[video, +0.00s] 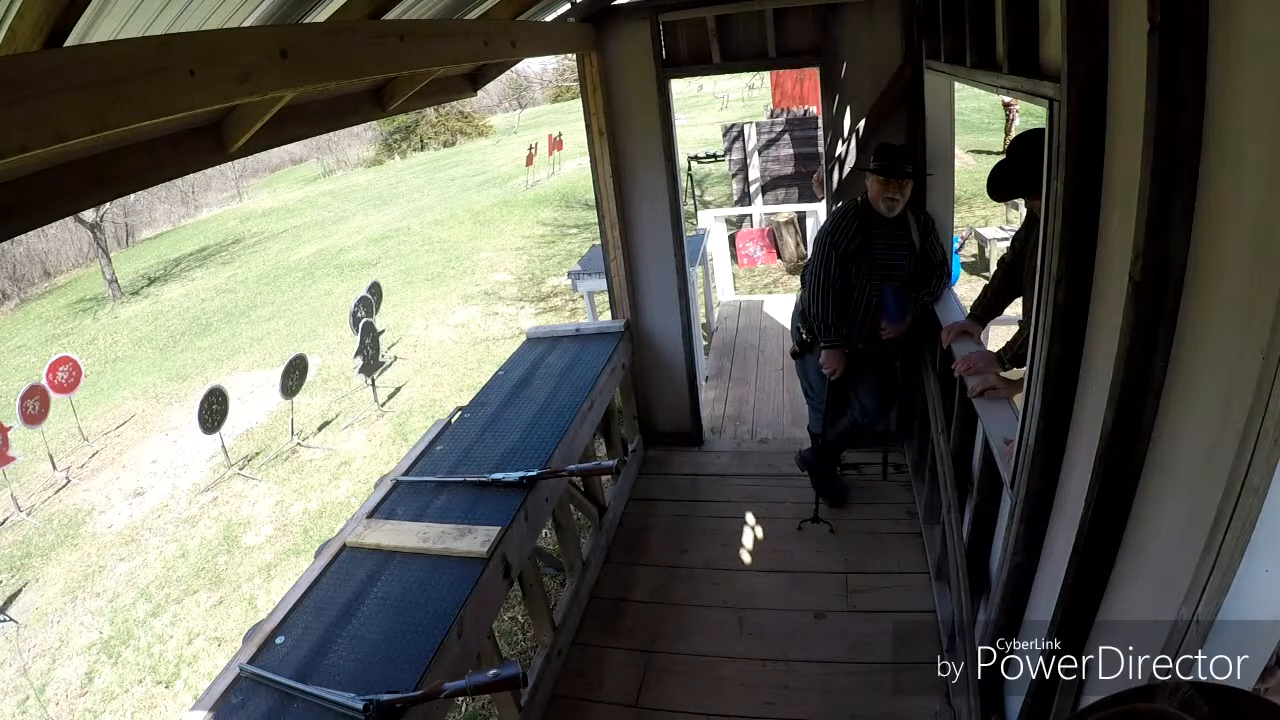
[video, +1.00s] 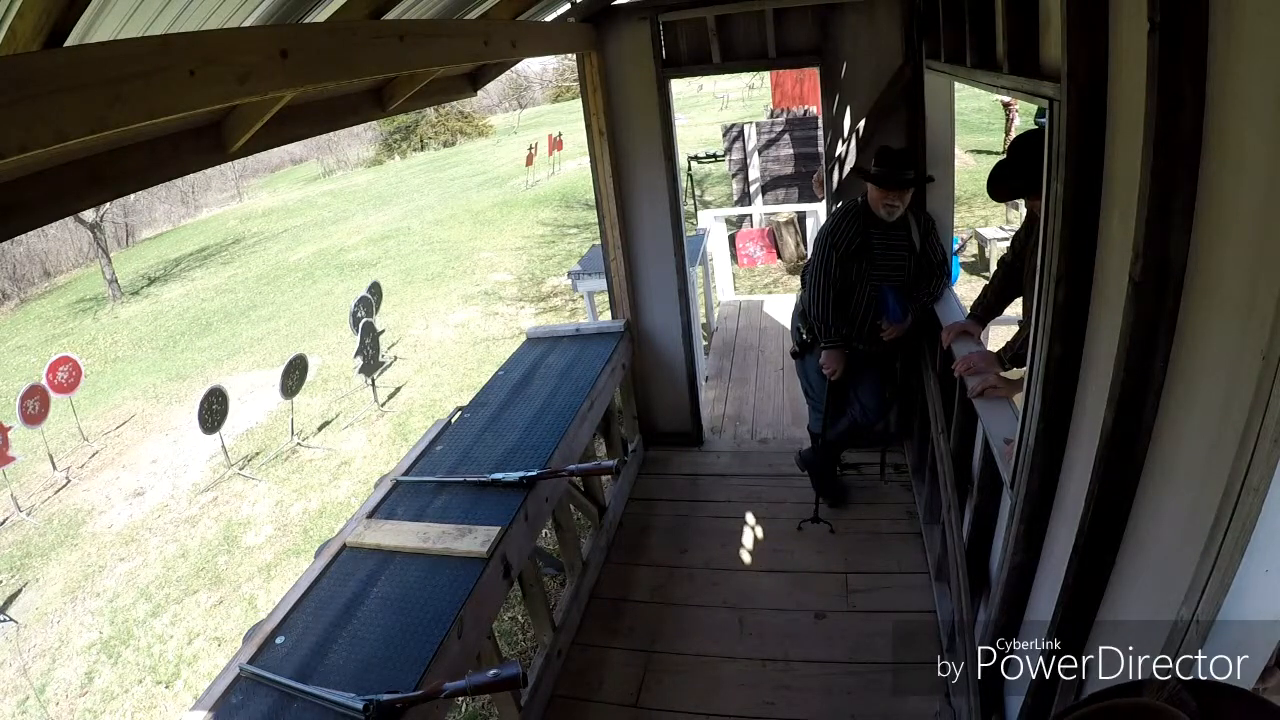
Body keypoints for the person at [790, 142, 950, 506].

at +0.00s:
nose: (894, 190)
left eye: (903, 181)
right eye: (885, 180)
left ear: (912, 185)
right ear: (869, 180)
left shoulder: (920, 224)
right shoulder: (845, 222)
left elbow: (938, 274)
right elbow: (820, 282)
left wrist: (909, 315)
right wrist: (831, 343)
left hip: (876, 335)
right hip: (825, 334)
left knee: (872, 409)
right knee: (827, 411)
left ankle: (817, 455)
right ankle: (827, 479)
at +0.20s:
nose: (894, 189)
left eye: (903, 181)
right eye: (885, 179)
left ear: (912, 185)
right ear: (869, 180)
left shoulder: (920, 224)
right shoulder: (845, 221)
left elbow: (938, 275)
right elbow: (819, 280)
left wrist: (909, 316)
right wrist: (831, 343)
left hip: (874, 334)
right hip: (824, 333)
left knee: (872, 407)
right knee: (827, 410)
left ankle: (817, 455)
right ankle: (827, 478)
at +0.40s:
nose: (893, 190)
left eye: (903, 182)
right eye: (885, 180)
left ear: (913, 186)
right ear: (869, 181)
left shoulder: (921, 225)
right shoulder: (845, 222)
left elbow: (938, 276)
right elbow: (819, 281)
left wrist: (908, 316)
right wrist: (831, 343)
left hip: (874, 334)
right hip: (824, 333)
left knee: (872, 408)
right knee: (827, 410)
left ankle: (817, 455)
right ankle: (827, 478)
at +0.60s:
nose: (894, 192)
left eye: (903, 184)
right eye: (885, 182)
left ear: (913, 187)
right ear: (869, 182)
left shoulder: (921, 225)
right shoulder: (845, 223)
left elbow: (938, 276)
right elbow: (819, 281)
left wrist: (908, 316)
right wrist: (831, 343)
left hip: (874, 334)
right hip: (824, 333)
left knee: (873, 407)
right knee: (827, 409)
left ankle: (817, 455)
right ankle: (827, 478)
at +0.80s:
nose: (893, 195)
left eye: (903, 186)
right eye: (885, 185)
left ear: (914, 189)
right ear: (869, 183)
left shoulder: (922, 226)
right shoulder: (846, 222)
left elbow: (937, 275)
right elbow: (820, 281)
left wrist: (909, 317)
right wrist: (830, 343)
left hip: (874, 335)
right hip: (824, 334)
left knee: (871, 410)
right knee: (827, 411)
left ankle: (817, 456)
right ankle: (828, 479)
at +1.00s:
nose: (894, 196)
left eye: (903, 188)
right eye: (884, 186)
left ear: (914, 189)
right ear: (868, 184)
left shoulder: (922, 226)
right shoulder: (844, 224)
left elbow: (938, 275)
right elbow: (820, 282)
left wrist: (909, 317)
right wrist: (830, 343)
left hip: (875, 336)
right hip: (824, 335)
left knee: (871, 409)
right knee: (827, 411)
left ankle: (817, 456)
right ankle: (827, 478)